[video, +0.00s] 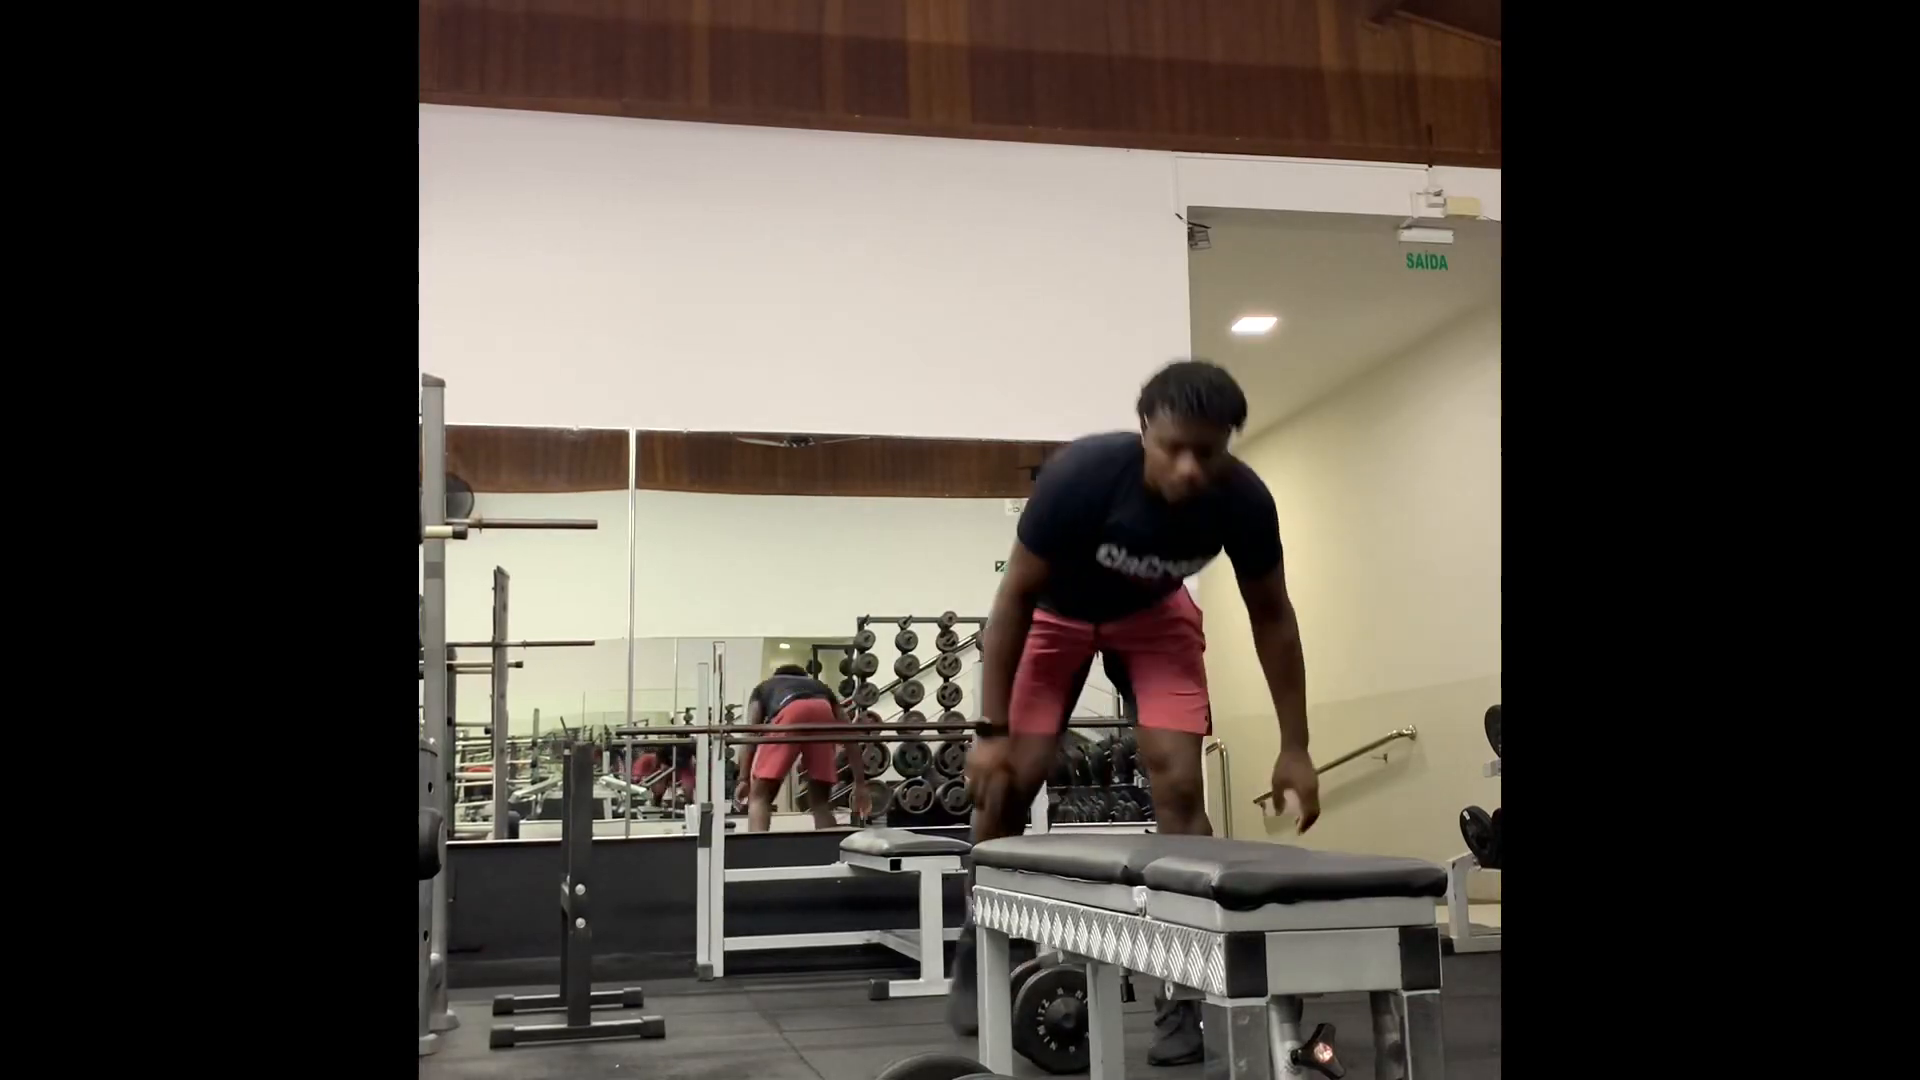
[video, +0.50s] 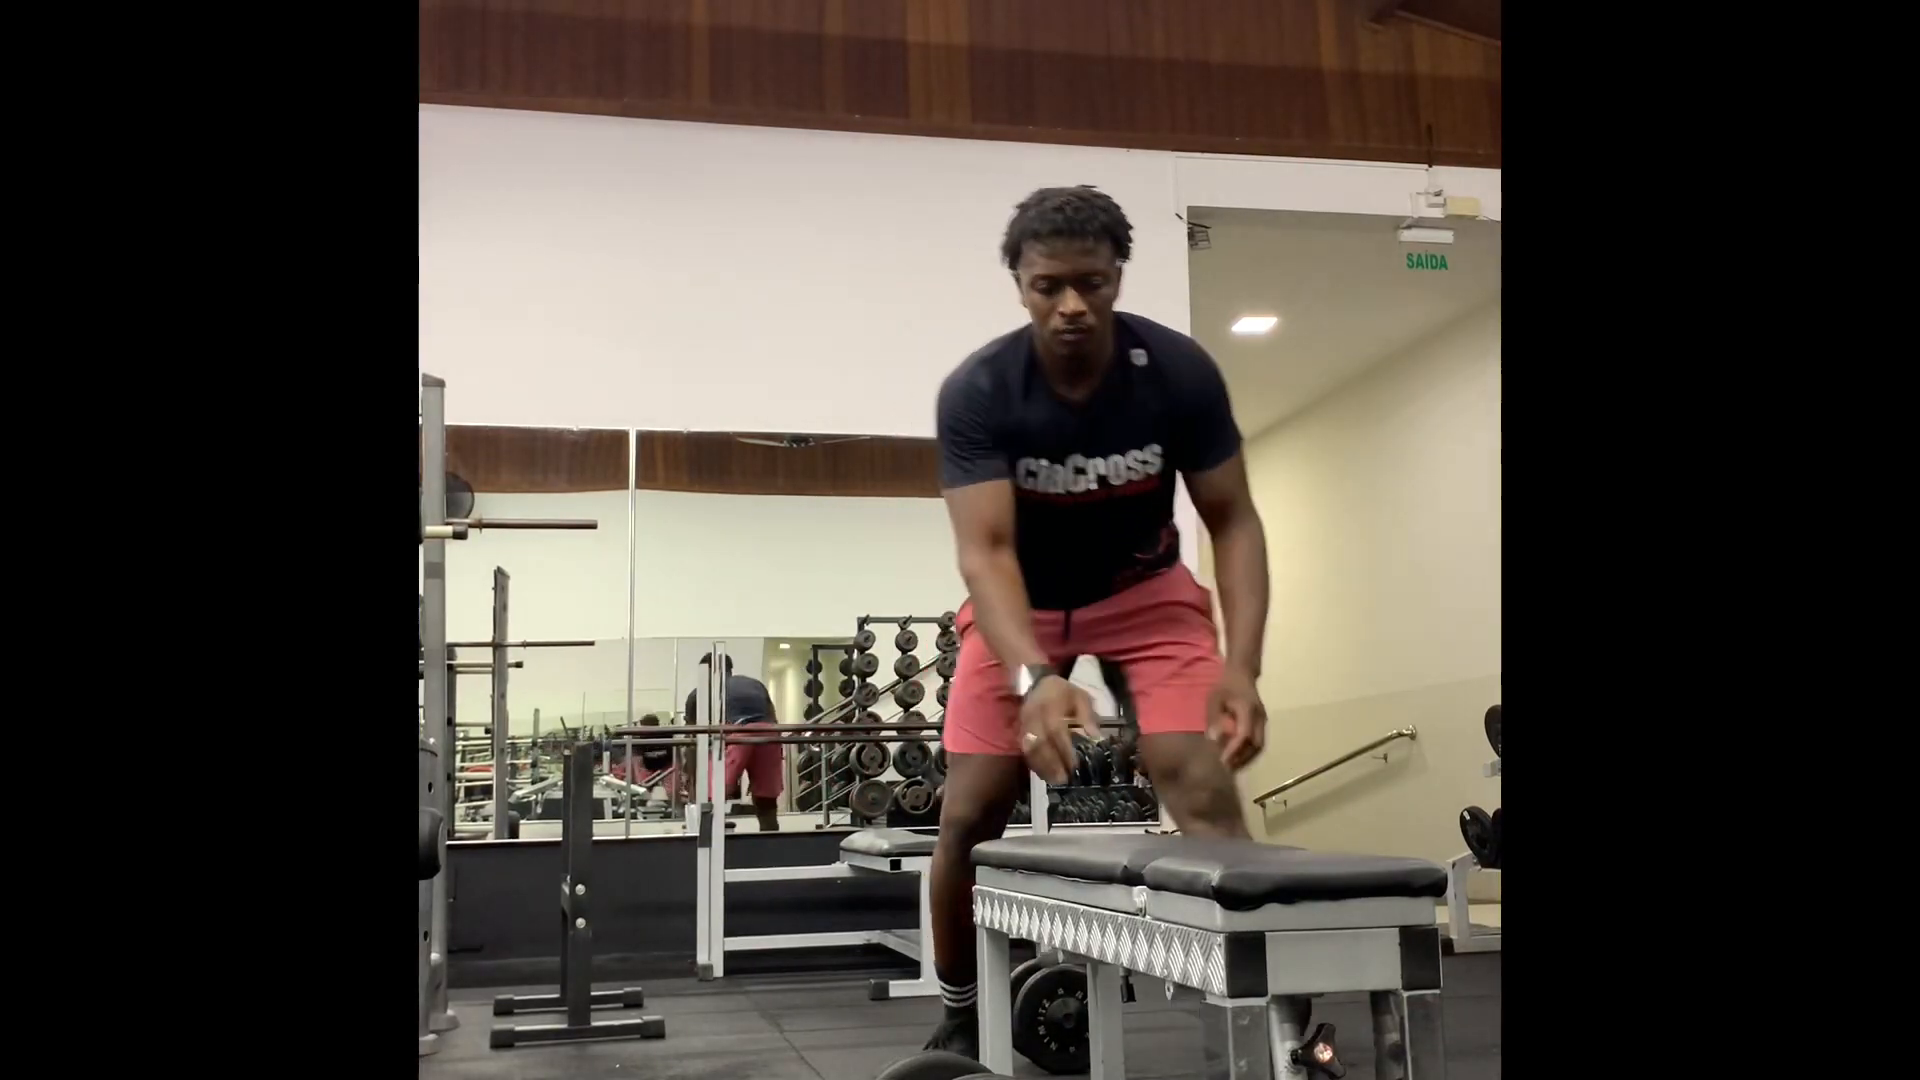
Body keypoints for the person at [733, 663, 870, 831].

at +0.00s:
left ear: (775, 676)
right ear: (803, 676)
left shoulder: (763, 687)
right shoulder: (820, 685)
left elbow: (751, 735)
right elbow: (851, 738)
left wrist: (744, 778)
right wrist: (860, 784)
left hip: (790, 710)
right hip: (825, 708)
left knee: (760, 794)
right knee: (820, 798)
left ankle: (757, 858)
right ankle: (831, 858)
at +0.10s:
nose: (755, 660)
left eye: (755, 657)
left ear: (759, 656)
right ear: (787, 656)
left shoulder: (749, 672)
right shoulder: (808, 672)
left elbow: (740, 719)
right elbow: (837, 718)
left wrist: (731, 759)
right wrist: (847, 753)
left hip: (777, 713)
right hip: (811, 711)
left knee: (740, 797)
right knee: (812, 799)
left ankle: (724, 857)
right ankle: (823, 857)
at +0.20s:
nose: (729, 652)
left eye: (729, 648)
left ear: (731, 648)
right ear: (758, 646)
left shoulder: (727, 669)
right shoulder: (782, 664)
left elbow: (717, 713)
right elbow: (809, 706)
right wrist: (822, 746)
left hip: (750, 721)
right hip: (787, 717)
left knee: (730, 805)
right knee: (798, 801)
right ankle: (820, 853)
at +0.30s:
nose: (705, 650)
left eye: (705, 646)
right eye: (706, 646)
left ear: (708, 647)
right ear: (734, 644)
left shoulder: (701, 672)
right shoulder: (760, 659)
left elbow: (693, 719)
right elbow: (785, 701)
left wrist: (690, 766)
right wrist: (791, 734)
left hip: (735, 720)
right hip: (772, 716)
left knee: (720, 792)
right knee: (784, 790)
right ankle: (795, 844)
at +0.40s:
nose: (699, 659)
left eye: (700, 655)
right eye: (700, 655)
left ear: (702, 654)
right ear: (728, 650)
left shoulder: (693, 680)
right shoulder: (753, 666)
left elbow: (691, 735)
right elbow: (777, 711)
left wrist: (689, 776)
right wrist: (776, 746)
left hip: (734, 724)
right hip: (766, 720)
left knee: (719, 796)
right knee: (772, 797)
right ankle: (781, 854)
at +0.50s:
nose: (703, 675)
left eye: (704, 671)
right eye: (703, 671)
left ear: (707, 670)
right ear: (730, 668)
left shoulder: (698, 696)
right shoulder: (755, 685)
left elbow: (692, 739)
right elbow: (773, 722)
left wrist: (690, 774)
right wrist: (778, 750)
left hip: (736, 744)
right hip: (769, 744)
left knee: (715, 801)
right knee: (766, 807)